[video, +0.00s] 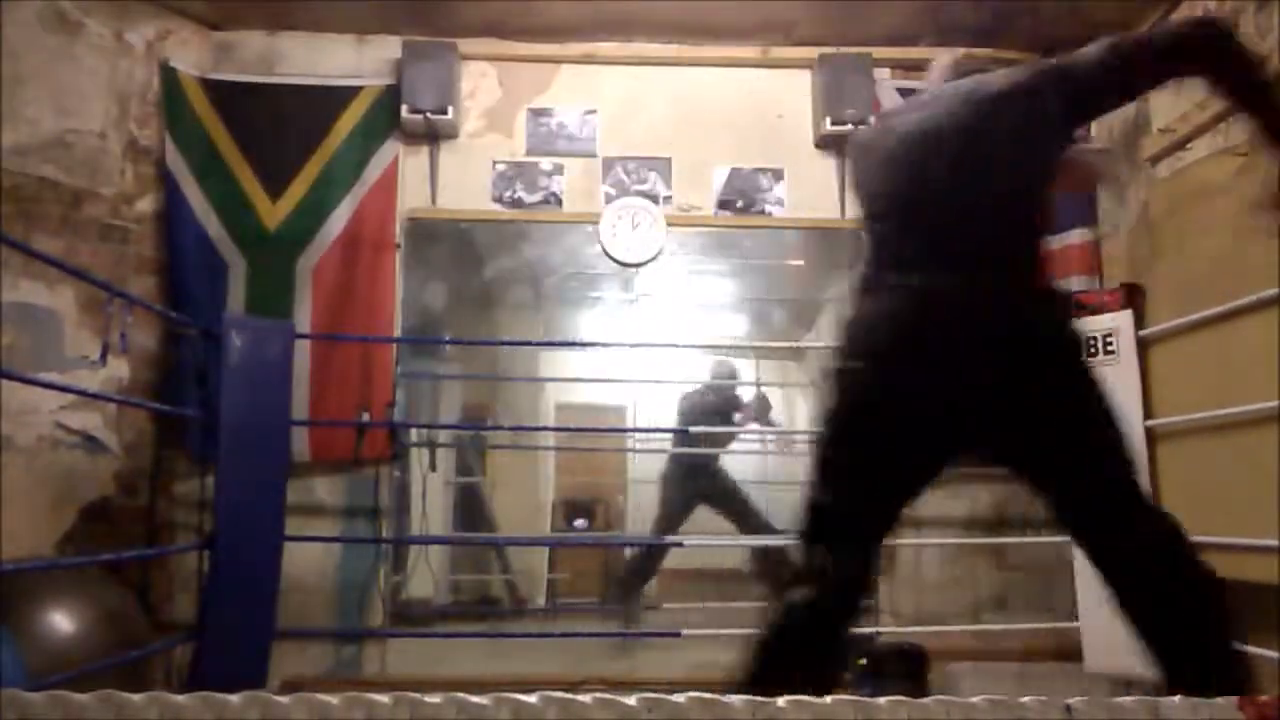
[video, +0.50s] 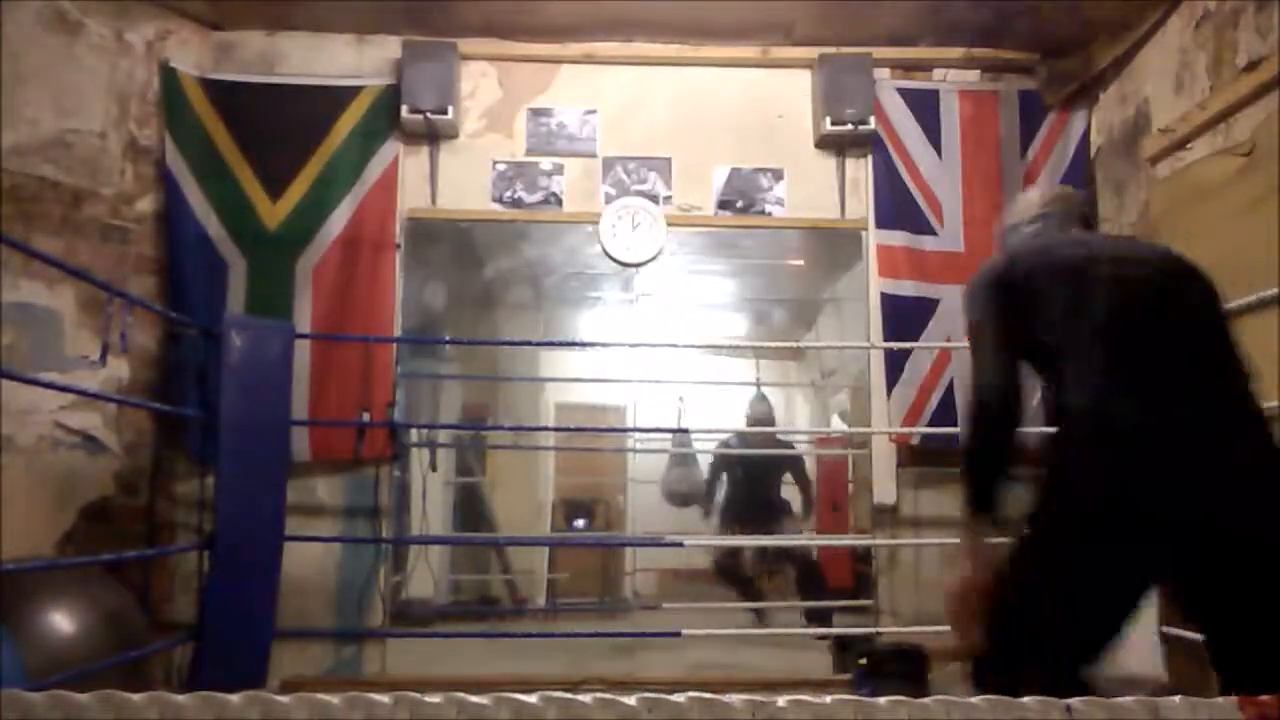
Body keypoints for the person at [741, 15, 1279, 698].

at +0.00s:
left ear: (925, 87)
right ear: (1005, 77)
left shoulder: (874, 138)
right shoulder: (1031, 93)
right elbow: (1196, 36)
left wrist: (921, 103)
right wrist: (1274, 121)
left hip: (893, 368)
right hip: (1019, 360)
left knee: (831, 559)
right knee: (1121, 531)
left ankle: (762, 715)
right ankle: (1222, 695)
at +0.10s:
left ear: (985, 104)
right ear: (1060, 90)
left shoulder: (935, 176)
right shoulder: (1092, 121)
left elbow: (955, 273)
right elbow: (1203, 98)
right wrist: (1266, 84)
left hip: (983, 407)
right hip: (1108, 398)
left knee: (918, 577)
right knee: (1200, 569)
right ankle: (1264, 682)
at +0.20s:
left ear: (1025, 174)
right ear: (1101, 159)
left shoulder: (990, 249)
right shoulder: (1160, 194)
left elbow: (1014, 378)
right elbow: (1267, 205)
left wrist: (1060, 428)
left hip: (1068, 476)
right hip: (1197, 460)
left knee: (1029, 663)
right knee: (1265, 638)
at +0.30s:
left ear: (1050, 223)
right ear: (1127, 208)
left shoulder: (1016, 285)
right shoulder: (1195, 243)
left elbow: (1031, 410)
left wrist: (1061, 476)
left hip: (1104, 502)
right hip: (1236, 483)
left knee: (1108, 670)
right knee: (1273, 651)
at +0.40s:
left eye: (1041, 243)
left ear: (1046, 239)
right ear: (1123, 228)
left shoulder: (1018, 289)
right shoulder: (1202, 264)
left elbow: (1033, 438)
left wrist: (1064, 535)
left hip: (1117, 518)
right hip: (1243, 508)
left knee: (1109, 697)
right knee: (1270, 683)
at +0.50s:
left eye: (1008, 237)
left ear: (1012, 233)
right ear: (1087, 224)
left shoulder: (1005, 275)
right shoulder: (1167, 264)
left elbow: (996, 403)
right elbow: (1234, 415)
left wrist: (977, 539)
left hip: (1111, 502)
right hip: (1232, 497)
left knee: (1017, 666)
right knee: (1264, 682)